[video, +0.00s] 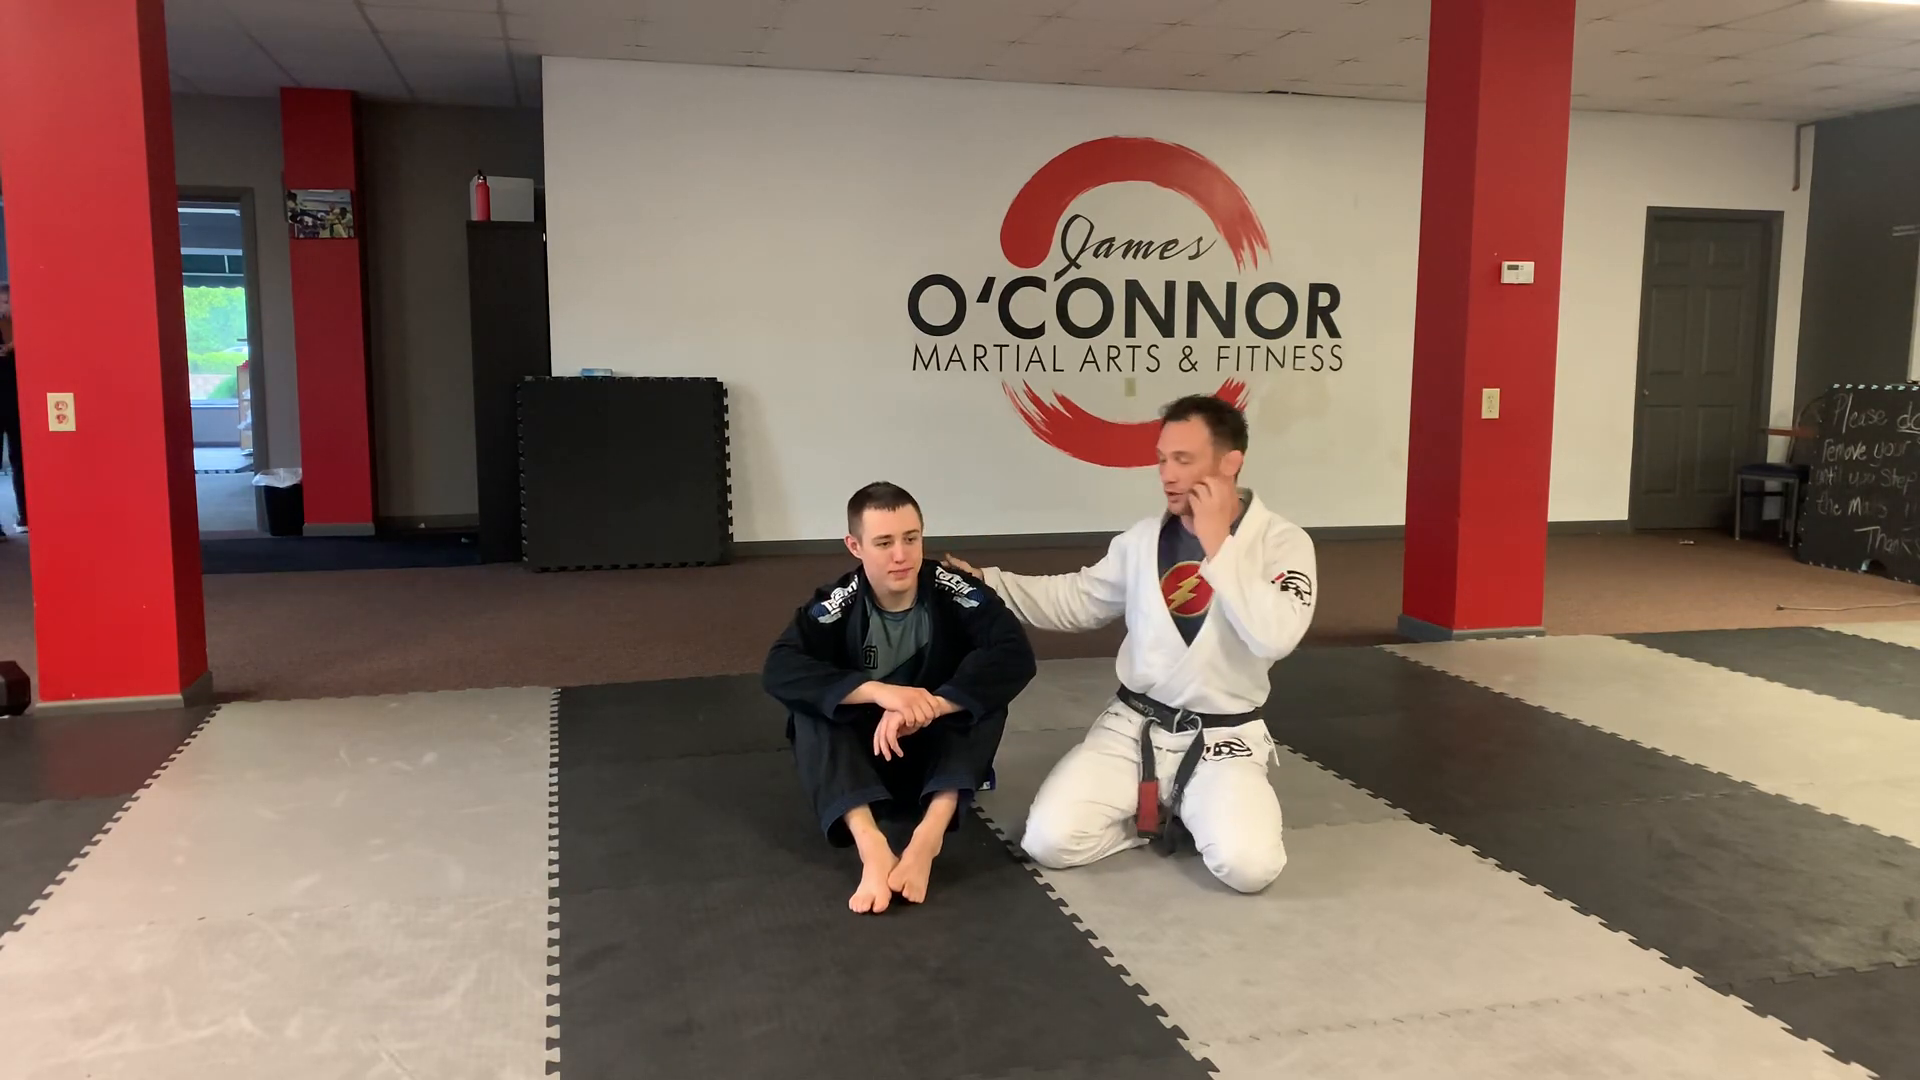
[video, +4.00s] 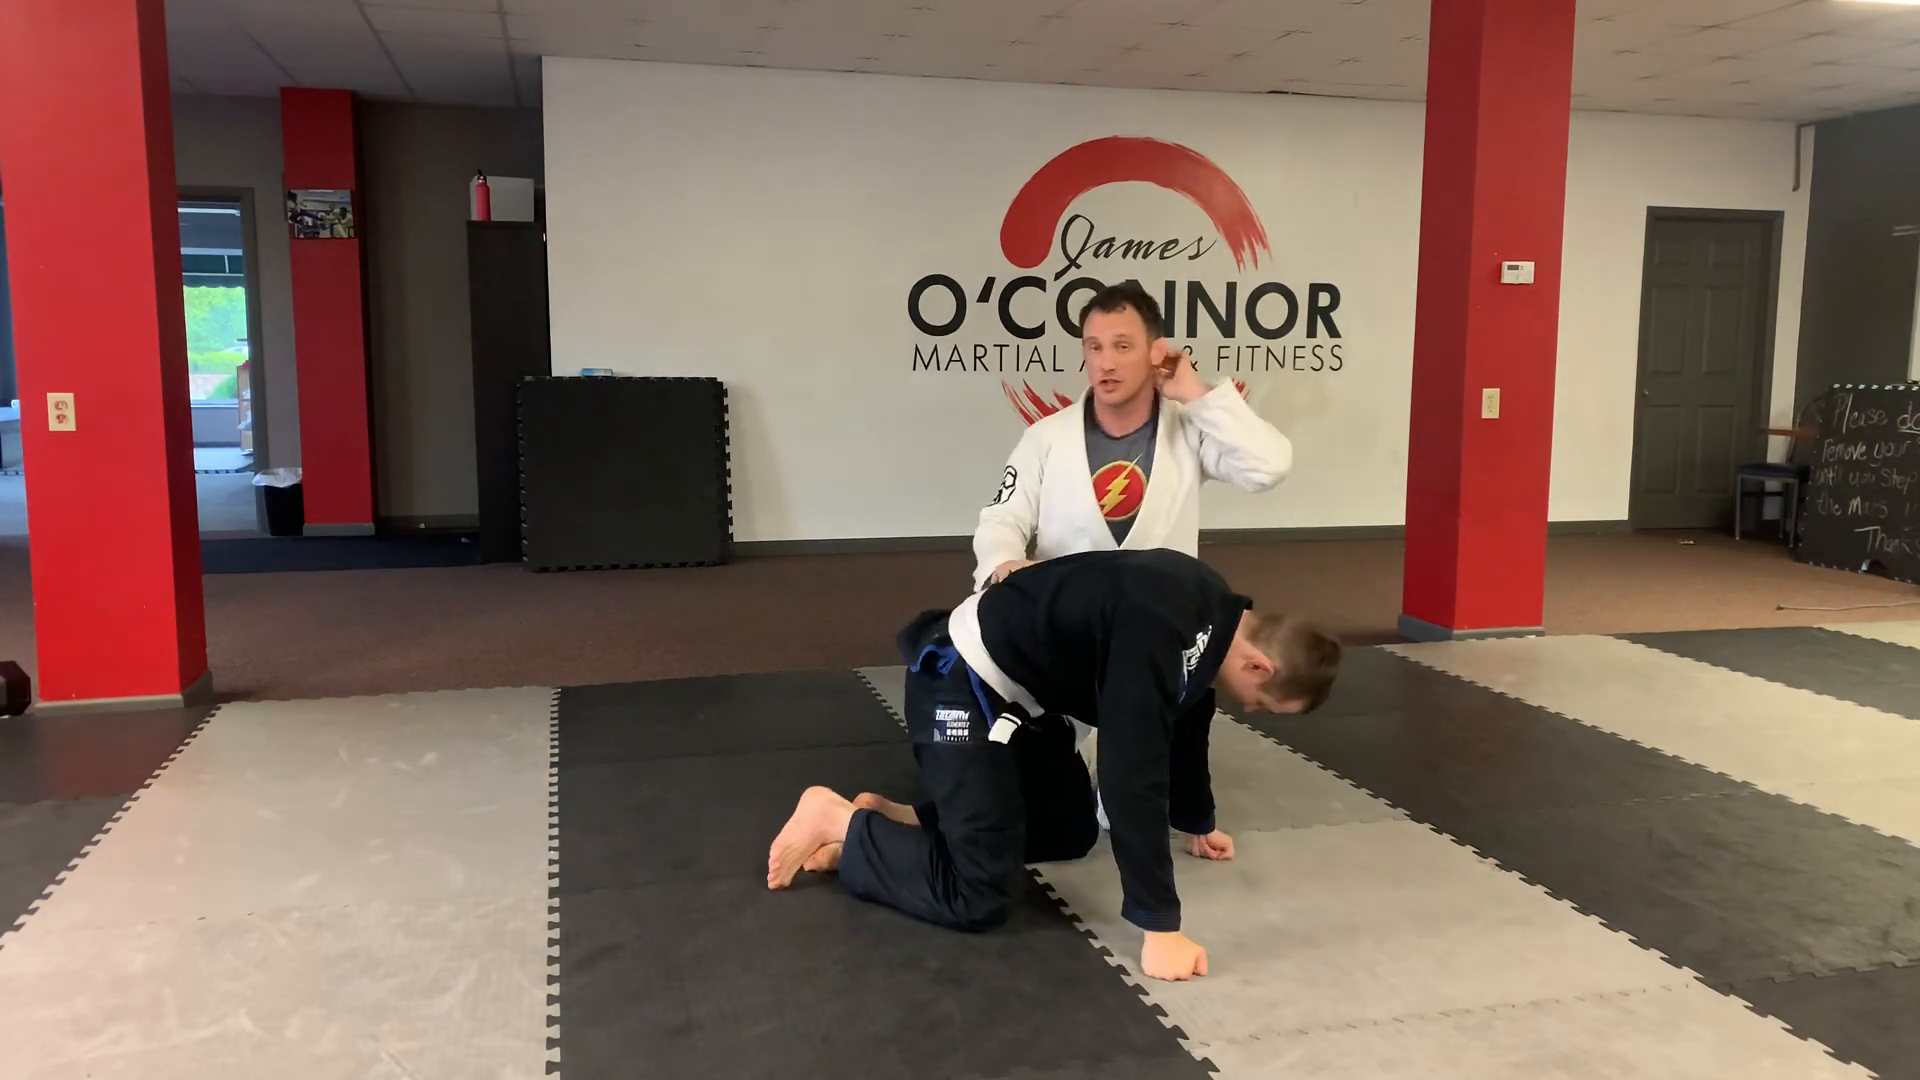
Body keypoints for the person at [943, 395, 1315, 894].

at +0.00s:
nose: (1166, 476)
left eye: (1182, 460)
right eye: (1162, 460)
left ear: (1231, 464)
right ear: (1157, 461)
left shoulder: (1282, 542)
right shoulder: (1141, 542)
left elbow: (1274, 636)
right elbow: (1077, 600)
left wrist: (1218, 543)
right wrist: (986, 582)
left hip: (1224, 739)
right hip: (1129, 727)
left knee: (1251, 867)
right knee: (1048, 842)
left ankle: (1198, 800)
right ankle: (1157, 809)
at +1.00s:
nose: (1194, 597)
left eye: (1214, 576)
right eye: (1181, 576)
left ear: (1258, 565)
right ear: (1167, 564)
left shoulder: (1323, 619)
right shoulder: (1148, 616)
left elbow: (1318, 763)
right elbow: (1132, 746)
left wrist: (1290, 897)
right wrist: (1098, 873)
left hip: (1277, 742)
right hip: (1188, 729)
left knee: (1253, 884)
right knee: (1103, 815)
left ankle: (1243, 791)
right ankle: (1201, 760)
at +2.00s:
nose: (1162, 602)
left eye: (1180, 590)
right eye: (1153, 583)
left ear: (1222, 574)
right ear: (1145, 565)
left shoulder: (1268, 606)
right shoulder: (1120, 603)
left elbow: (1288, 728)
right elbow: (1103, 722)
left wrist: (1280, 849)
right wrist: (1104, 845)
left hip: (1237, 704)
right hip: (1155, 697)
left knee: (1248, 813)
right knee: (1120, 809)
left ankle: (1188, 760)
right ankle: (1155, 740)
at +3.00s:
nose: (1115, 458)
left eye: (1129, 444)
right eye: (1106, 444)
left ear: (1164, 444)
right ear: (1097, 446)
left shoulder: (1214, 516)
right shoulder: (1087, 522)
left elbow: (1263, 593)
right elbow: (1072, 605)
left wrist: (1270, 632)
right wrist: (1008, 599)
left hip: (1185, 696)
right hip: (1103, 693)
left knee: (1233, 802)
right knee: (1041, 766)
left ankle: (1172, 761)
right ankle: (1146, 764)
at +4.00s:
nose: (1105, 364)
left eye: (1122, 347)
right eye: (1094, 349)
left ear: (1158, 355)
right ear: (1083, 356)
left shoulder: (1188, 427)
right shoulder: (1046, 439)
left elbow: (1269, 468)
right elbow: (1002, 520)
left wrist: (1197, 394)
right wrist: (1003, 563)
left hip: (1160, 640)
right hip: (1067, 643)